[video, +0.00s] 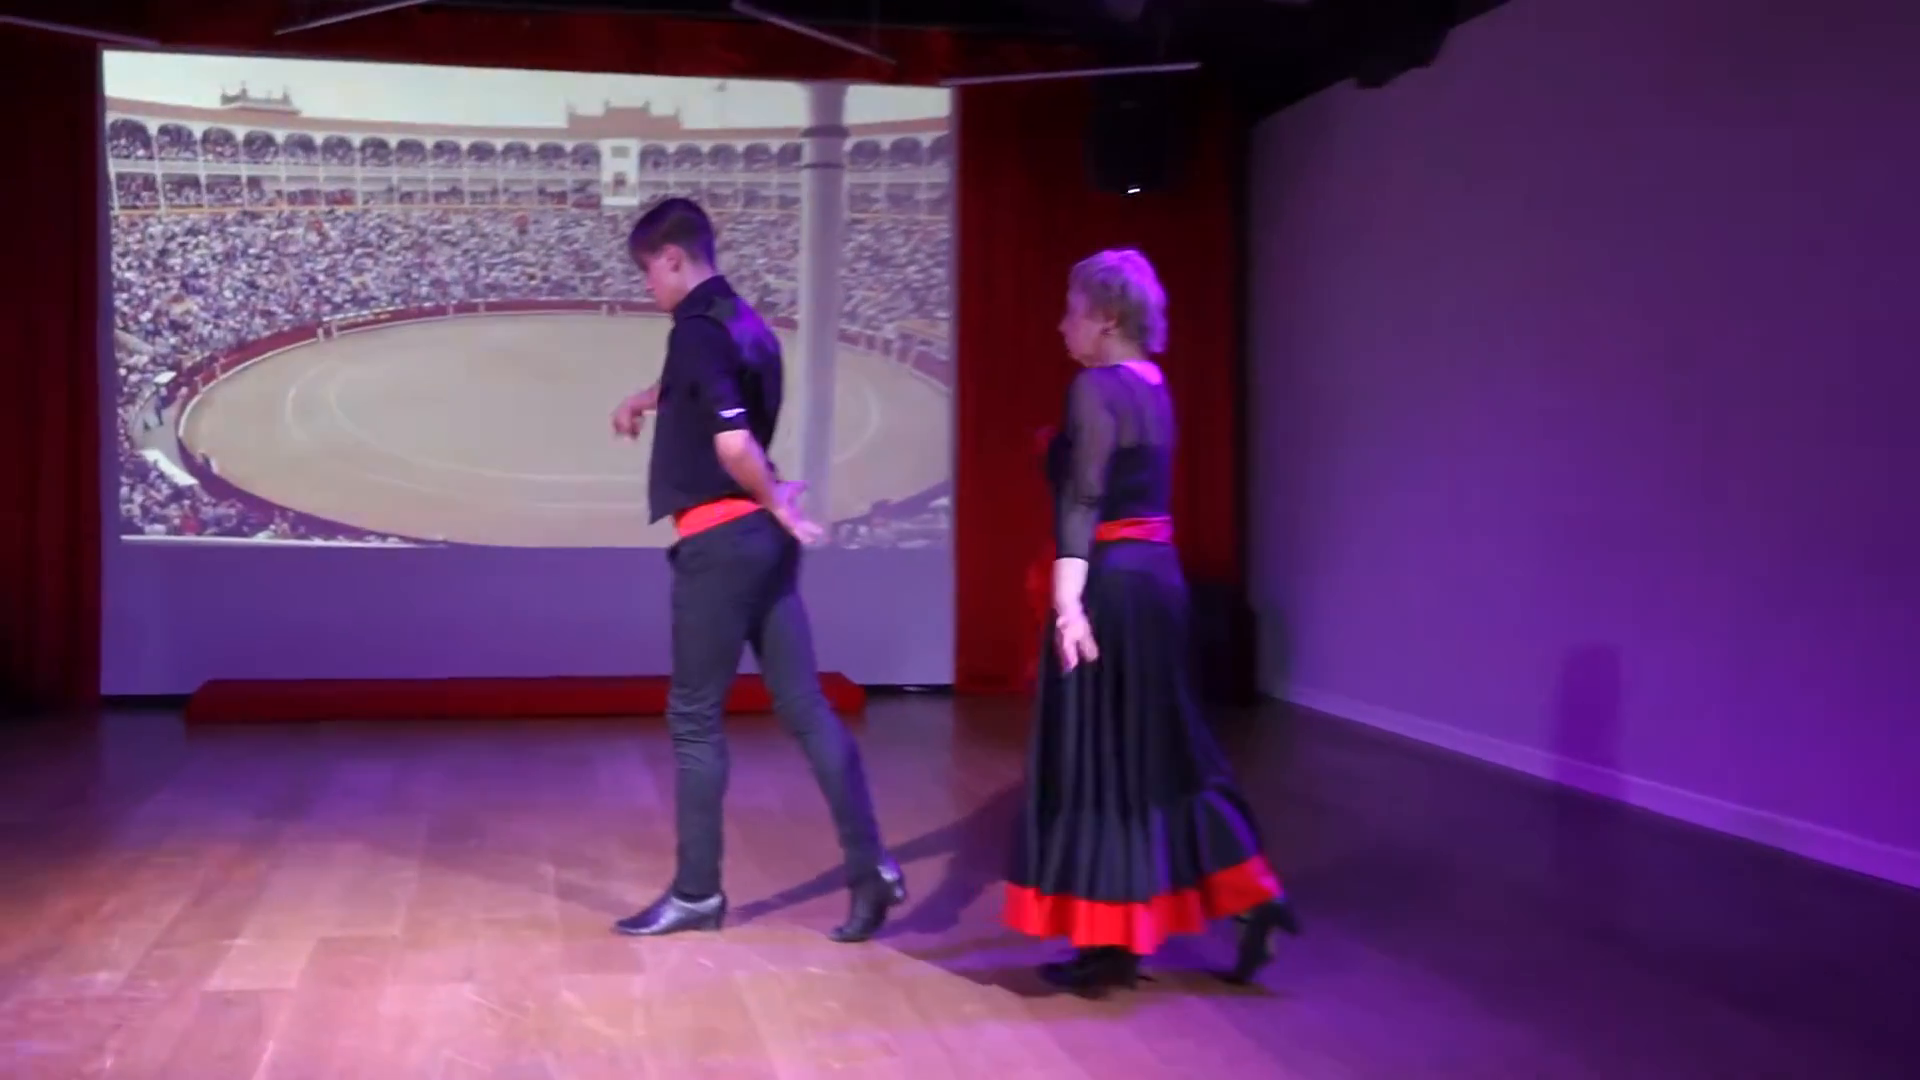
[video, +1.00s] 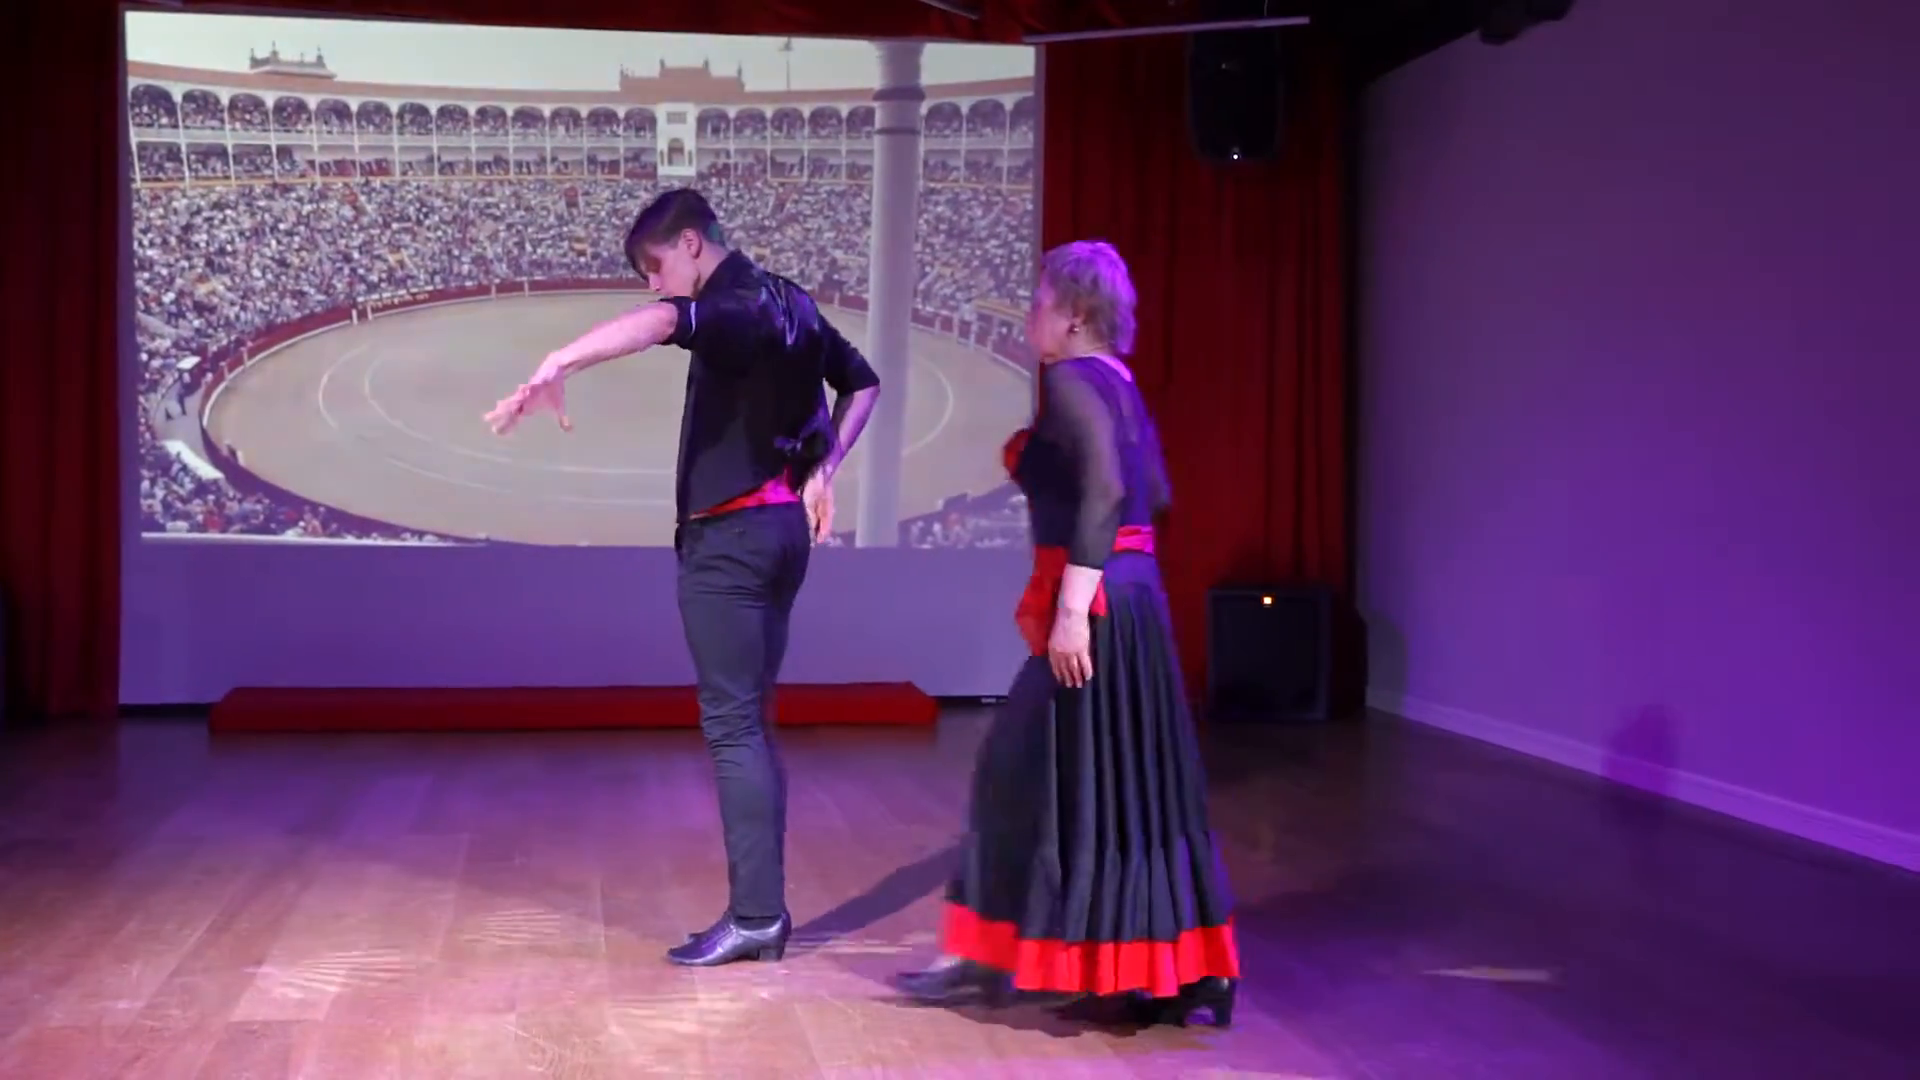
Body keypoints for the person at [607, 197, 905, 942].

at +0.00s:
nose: (647, 286)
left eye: (648, 271)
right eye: (644, 272)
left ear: (675, 260)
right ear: (694, 257)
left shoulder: (697, 330)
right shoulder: (739, 314)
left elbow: (731, 443)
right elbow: (703, 383)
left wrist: (777, 501)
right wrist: (649, 400)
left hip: (717, 549)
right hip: (760, 541)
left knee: (695, 722)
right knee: (805, 707)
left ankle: (697, 892)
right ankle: (872, 871)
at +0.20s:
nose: (699, 271)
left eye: (702, 255)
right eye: (697, 257)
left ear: (735, 247)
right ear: (758, 246)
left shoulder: (759, 319)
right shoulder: (785, 318)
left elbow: (810, 438)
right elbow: (674, 421)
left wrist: (834, 455)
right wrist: (567, 396)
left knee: (703, 725)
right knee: (879, 708)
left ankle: (752, 909)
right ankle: (938, 888)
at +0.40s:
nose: (694, 274)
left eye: (695, 257)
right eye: (691, 259)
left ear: (725, 244)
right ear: (757, 244)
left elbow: (700, 398)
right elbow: (854, 450)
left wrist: (740, 487)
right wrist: (792, 448)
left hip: (734, 548)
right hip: (802, 541)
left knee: (713, 733)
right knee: (765, 719)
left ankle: (757, 920)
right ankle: (827, 886)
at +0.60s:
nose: (671, 282)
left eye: (672, 262)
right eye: (666, 265)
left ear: (711, 244)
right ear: (734, 245)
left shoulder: (727, 310)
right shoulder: (818, 317)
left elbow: (640, 358)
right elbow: (878, 431)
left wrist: (568, 460)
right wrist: (826, 521)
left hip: (734, 538)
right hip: (780, 538)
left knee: (726, 725)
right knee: (721, 718)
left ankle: (760, 916)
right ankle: (759, 907)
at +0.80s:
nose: (661, 289)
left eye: (662, 268)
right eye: (655, 273)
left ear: (700, 245)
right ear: (718, 246)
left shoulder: (728, 310)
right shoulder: (802, 309)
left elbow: (652, 343)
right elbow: (867, 400)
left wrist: (556, 409)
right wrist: (827, 491)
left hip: (730, 534)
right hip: (780, 531)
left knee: (733, 728)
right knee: (735, 721)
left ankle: (760, 917)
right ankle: (759, 909)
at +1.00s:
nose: (654, 286)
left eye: (656, 268)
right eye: (647, 272)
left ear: (694, 244)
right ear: (708, 245)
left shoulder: (726, 304)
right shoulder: (794, 303)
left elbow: (653, 324)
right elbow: (863, 384)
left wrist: (558, 362)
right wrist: (825, 468)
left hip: (730, 533)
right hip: (782, 529)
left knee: (733, 728)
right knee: (748, 724)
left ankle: (757, 916)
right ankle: (760, 909)